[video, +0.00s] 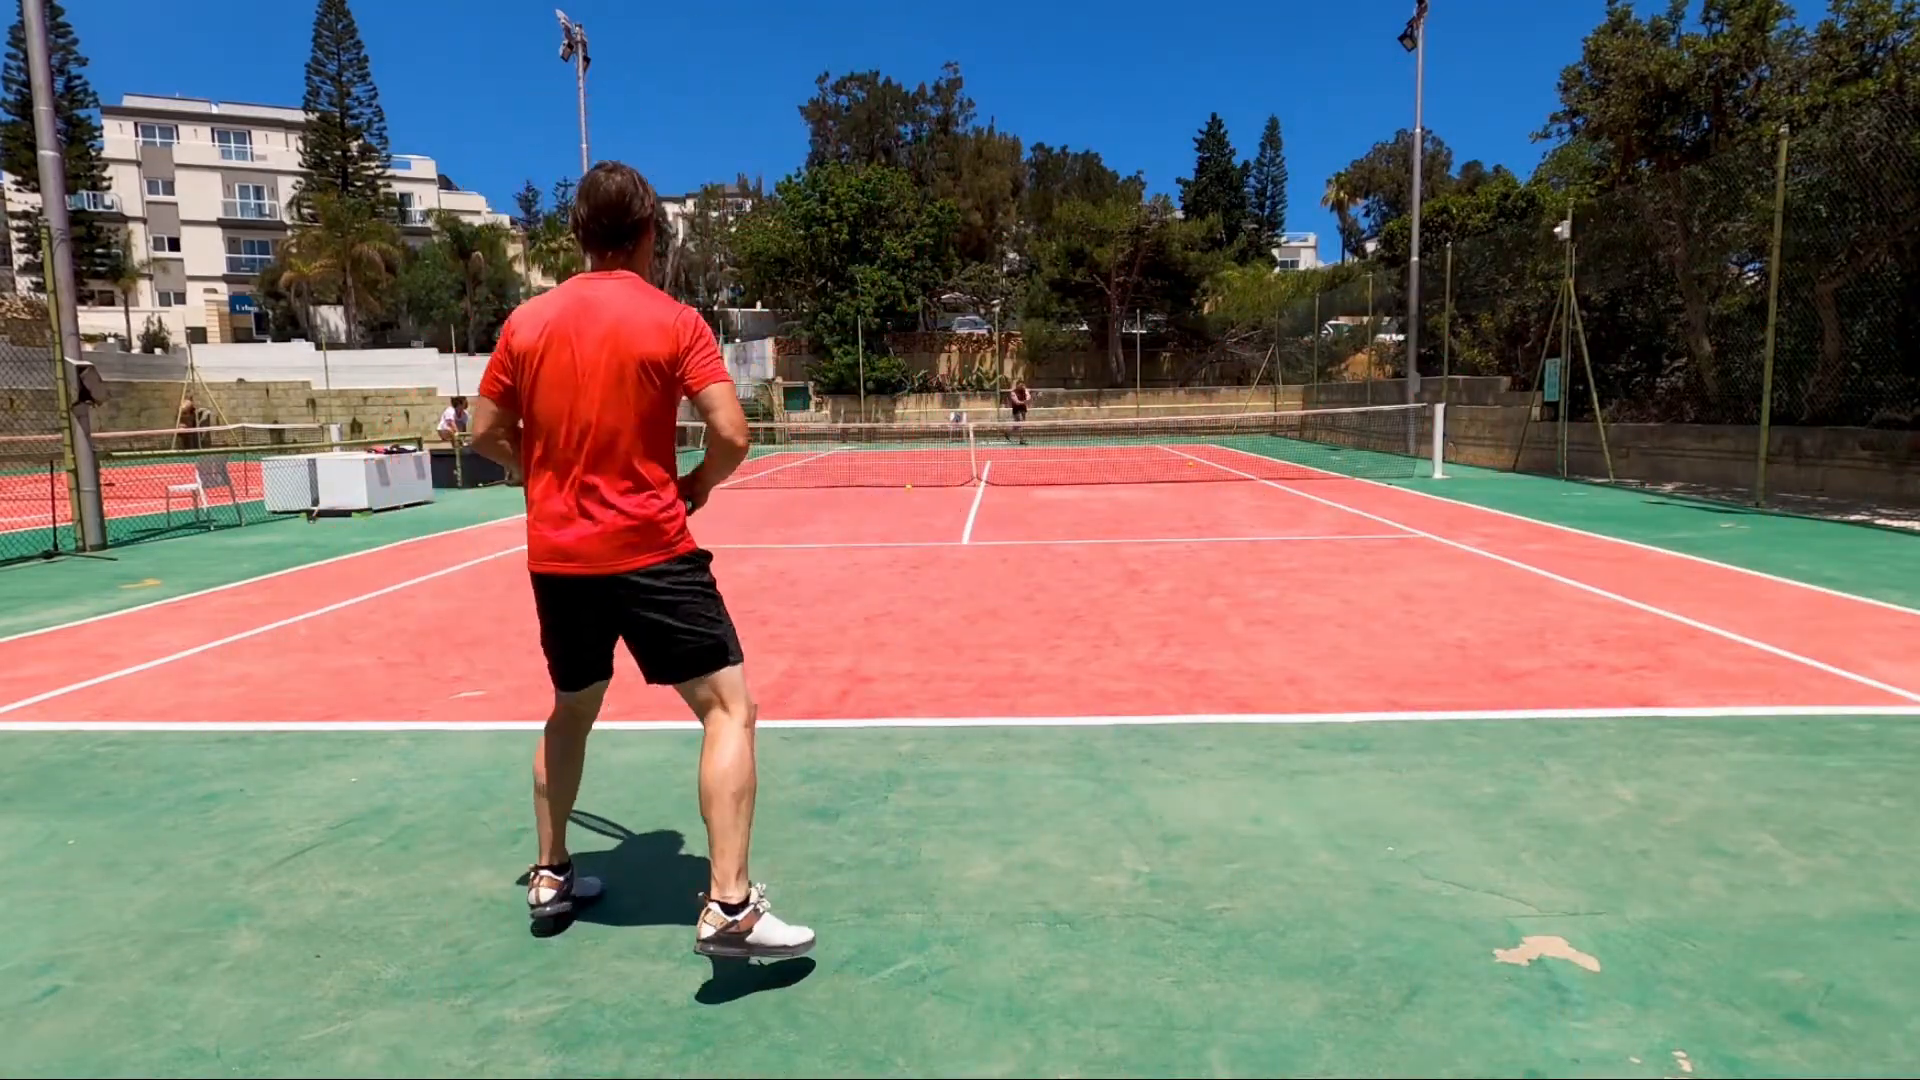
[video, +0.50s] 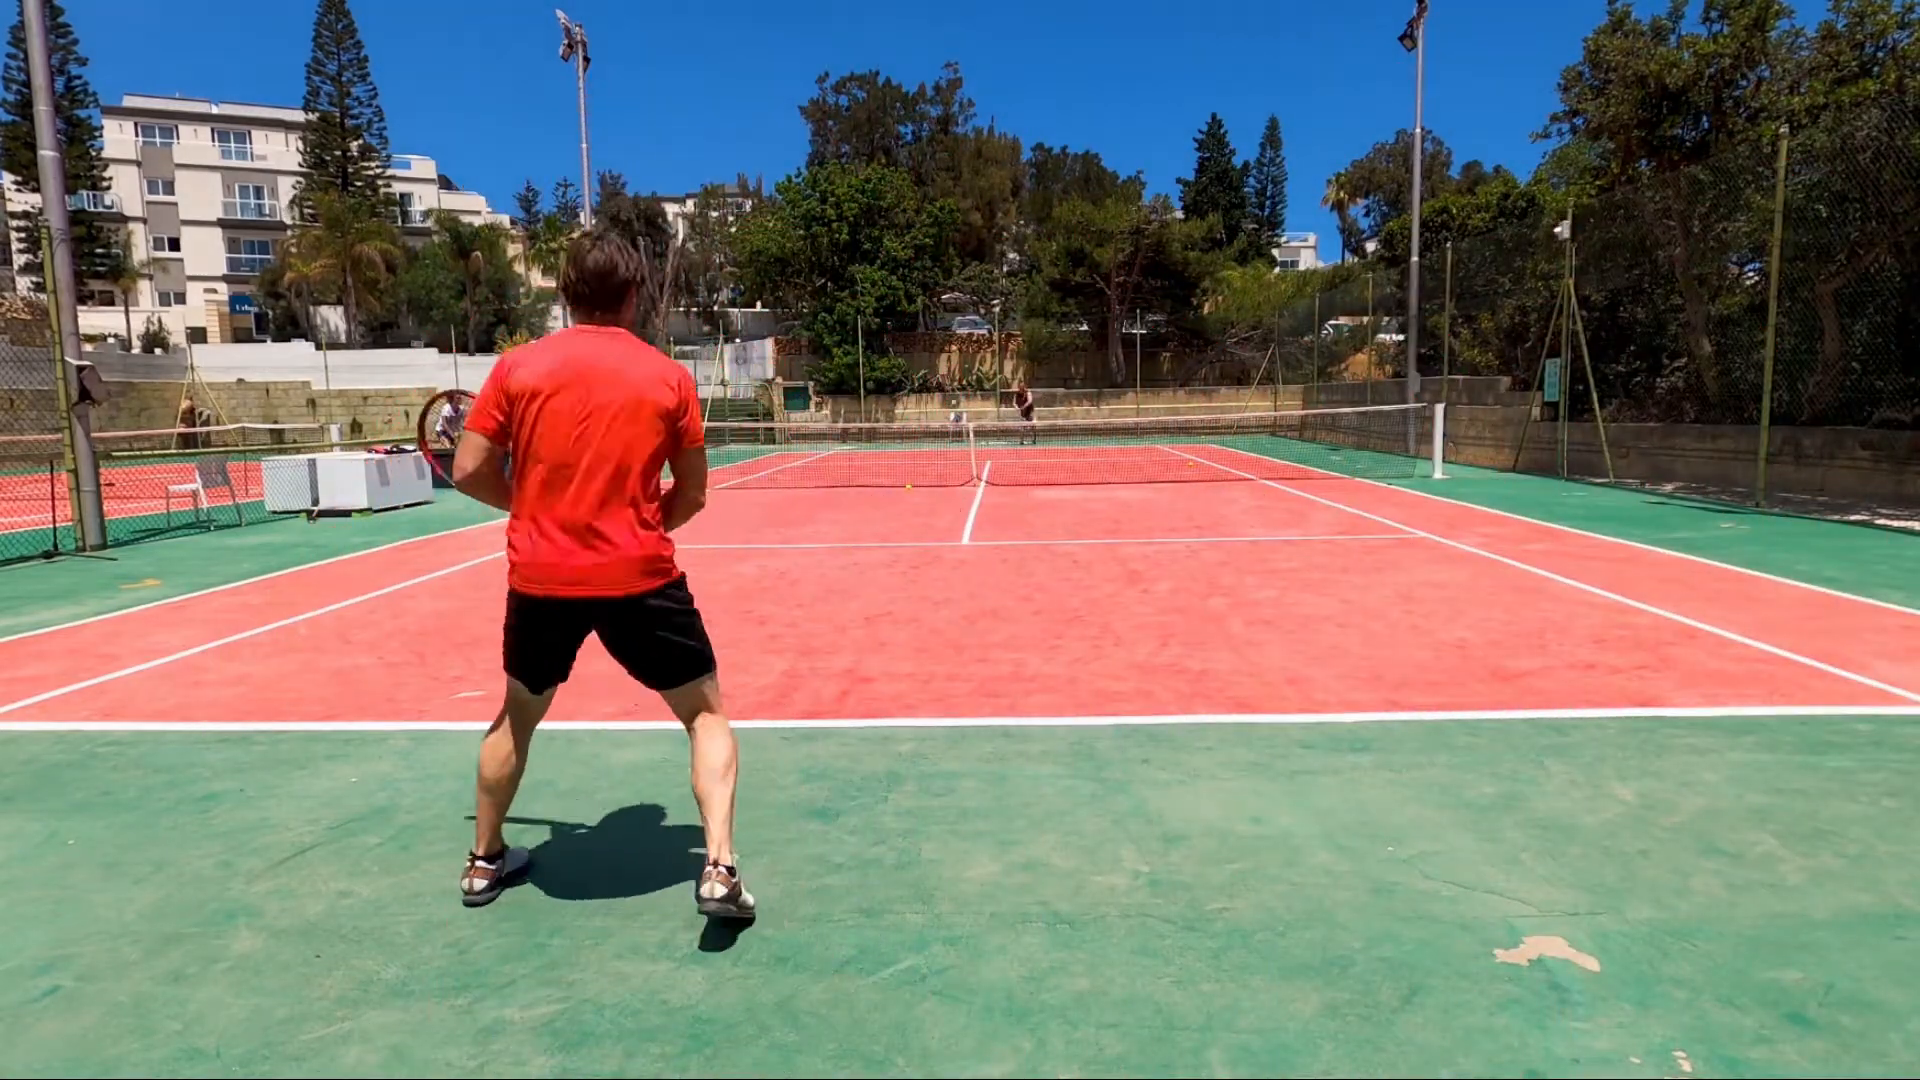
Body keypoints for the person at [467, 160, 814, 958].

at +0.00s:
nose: (663, 238)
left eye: (654, 227)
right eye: (661, 227)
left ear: (579, 234)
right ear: (650, 232)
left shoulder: (529, 320)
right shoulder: (673, 319)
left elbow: (485, 433)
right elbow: (731, 433)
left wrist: (549, 472)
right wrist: (694, 487)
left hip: (558, 556)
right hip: (652, 549)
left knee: (572, 703)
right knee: (725, 708)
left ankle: (548, 874)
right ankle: (730, 901)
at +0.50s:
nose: (637, 299)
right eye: (636, 290)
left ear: (566, 292)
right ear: (634, 294)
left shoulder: (518, 366)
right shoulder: (668, 377)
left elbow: (469, 472)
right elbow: (690, 494)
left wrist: (535, 502)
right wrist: (638, 526)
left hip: (542, 582)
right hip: (639, 579)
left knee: (515, 714)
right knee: (704, 713)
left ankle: (482, 861)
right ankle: (720, 867)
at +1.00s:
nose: (439, 393)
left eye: (440, 383)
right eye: (441, 384)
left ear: (451, 382)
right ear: (501, 381)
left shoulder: (465, 424)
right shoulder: (536, 425)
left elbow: (473, 499)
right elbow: (499, 539)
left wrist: (403, 536)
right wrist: (425, 579)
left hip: (554, 593)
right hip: (627, 582)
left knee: (477, 736)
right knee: (602, 656)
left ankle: (527, 885)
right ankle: (641, 781)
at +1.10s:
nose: (438, 399)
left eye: (439, 389)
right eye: (440, 391)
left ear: (447, 386)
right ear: (500, 383)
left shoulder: (465, 413)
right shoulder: (519, 423)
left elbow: (472, 470)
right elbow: (463, 522)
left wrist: (396, 477)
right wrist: (384, 524)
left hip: (558, 578)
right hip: (622, 567)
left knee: (506, 727)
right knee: (593, 633)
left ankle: (536, 878)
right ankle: (603, 740)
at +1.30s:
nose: (448, 429)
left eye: (449, 420)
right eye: (449, 420)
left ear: (459, 422)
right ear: (500, 419)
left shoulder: (485, 451)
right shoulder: (510, 450)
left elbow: (459, 513)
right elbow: (432, 532)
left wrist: (372, 535)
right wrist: (356, 554)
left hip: (572, 588)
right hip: (610, 578)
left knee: (525, 716)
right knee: (544, 640)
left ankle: (554, 831)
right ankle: (564, 730)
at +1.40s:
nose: (455, 446)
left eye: (456, 439)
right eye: (457, 440)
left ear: (465, 437)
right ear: (507, 435)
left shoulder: (480, 461)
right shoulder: (517, 467)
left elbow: (450, 507)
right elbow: (484, 554)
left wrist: (368, 545)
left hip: (560, 590)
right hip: (605, 581)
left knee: (529, 715)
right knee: (551, 647)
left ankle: (580, 806)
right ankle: (566, 730)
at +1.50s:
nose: (454, 453)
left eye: (455, 447)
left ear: (460, 442)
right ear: (505, 443)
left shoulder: (469, 461)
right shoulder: (525, 471)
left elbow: (443, 489)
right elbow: (548, 532)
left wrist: (383, 513)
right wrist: (521, 593)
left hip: (543, 582)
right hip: (592, 575)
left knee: (538, 711)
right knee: (549, 634)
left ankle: (596, 781)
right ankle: (562, 725)